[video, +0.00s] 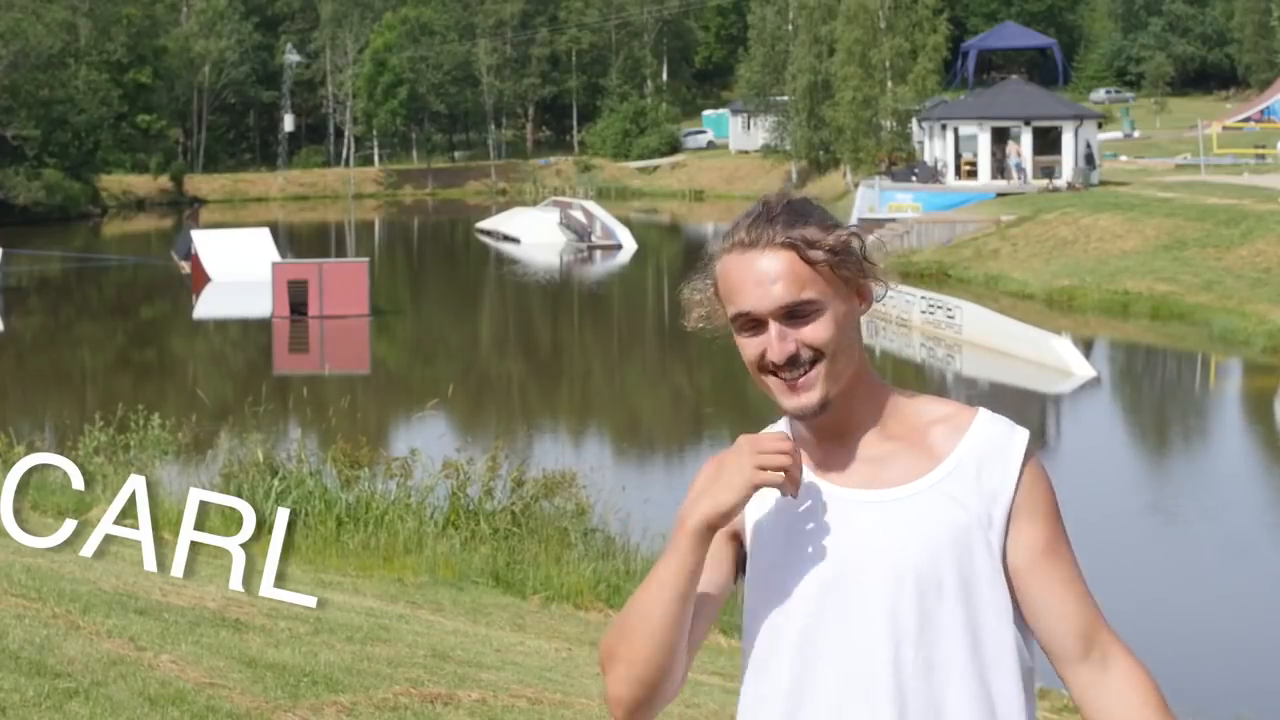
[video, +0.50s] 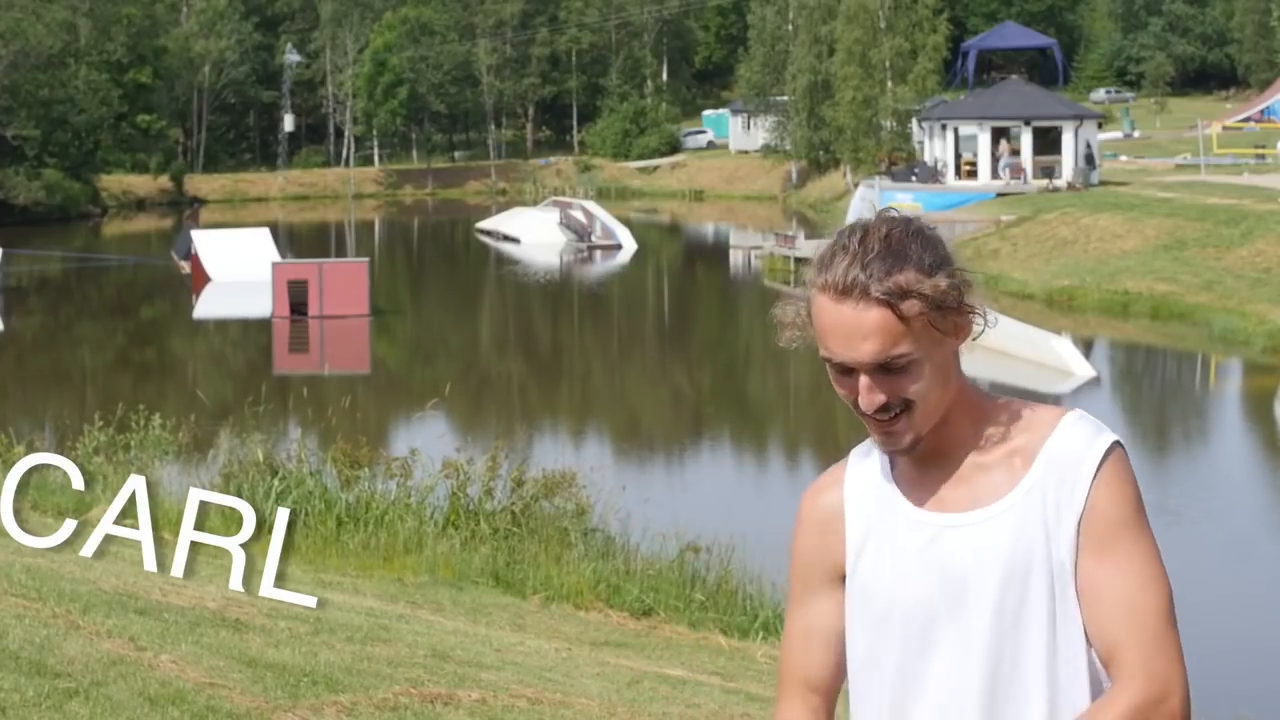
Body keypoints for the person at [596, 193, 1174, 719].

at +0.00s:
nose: (778, 348)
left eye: (800, 313)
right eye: (749, 326)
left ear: (858, 296)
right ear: (731, 334)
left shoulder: (988, 455)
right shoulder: (742, 483)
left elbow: (1095, 662)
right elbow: (630, 696)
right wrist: (693, 524)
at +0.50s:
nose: (869, 399)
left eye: (895, 366)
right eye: (842, 370)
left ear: (957, 328)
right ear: (820, 350)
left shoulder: (1079, 464)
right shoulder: (834, 505)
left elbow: (1155, 694)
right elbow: (803, 697)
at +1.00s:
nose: (990, 413)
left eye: (1023, 387)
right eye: (974, 376)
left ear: (1104, 361)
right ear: (964, 349)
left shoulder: (1197, 519)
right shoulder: (963, 476)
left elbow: (1223, 709)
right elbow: (930, 673)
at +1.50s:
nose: (1004, 385)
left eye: (1042, 363)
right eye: (993, 347)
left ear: (1122, 352)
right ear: (983, 326)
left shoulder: (1208, 524)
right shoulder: (965, 476)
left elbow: (1238, 709)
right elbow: (915, 675)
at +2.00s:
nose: (946, 358)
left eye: (983, 335)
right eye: (939, 323)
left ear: (1065, 337)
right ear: (929, 309)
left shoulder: (1155, 509)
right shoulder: (893, 478)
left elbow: (1164, 711)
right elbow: (831, 688)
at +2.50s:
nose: (888, 352)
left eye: (922, 325)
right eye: (880, 318)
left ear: (1004, 329)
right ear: (868, 309)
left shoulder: (1107, 499)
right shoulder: (850, 481)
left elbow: (1122, 705)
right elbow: (794, 688)